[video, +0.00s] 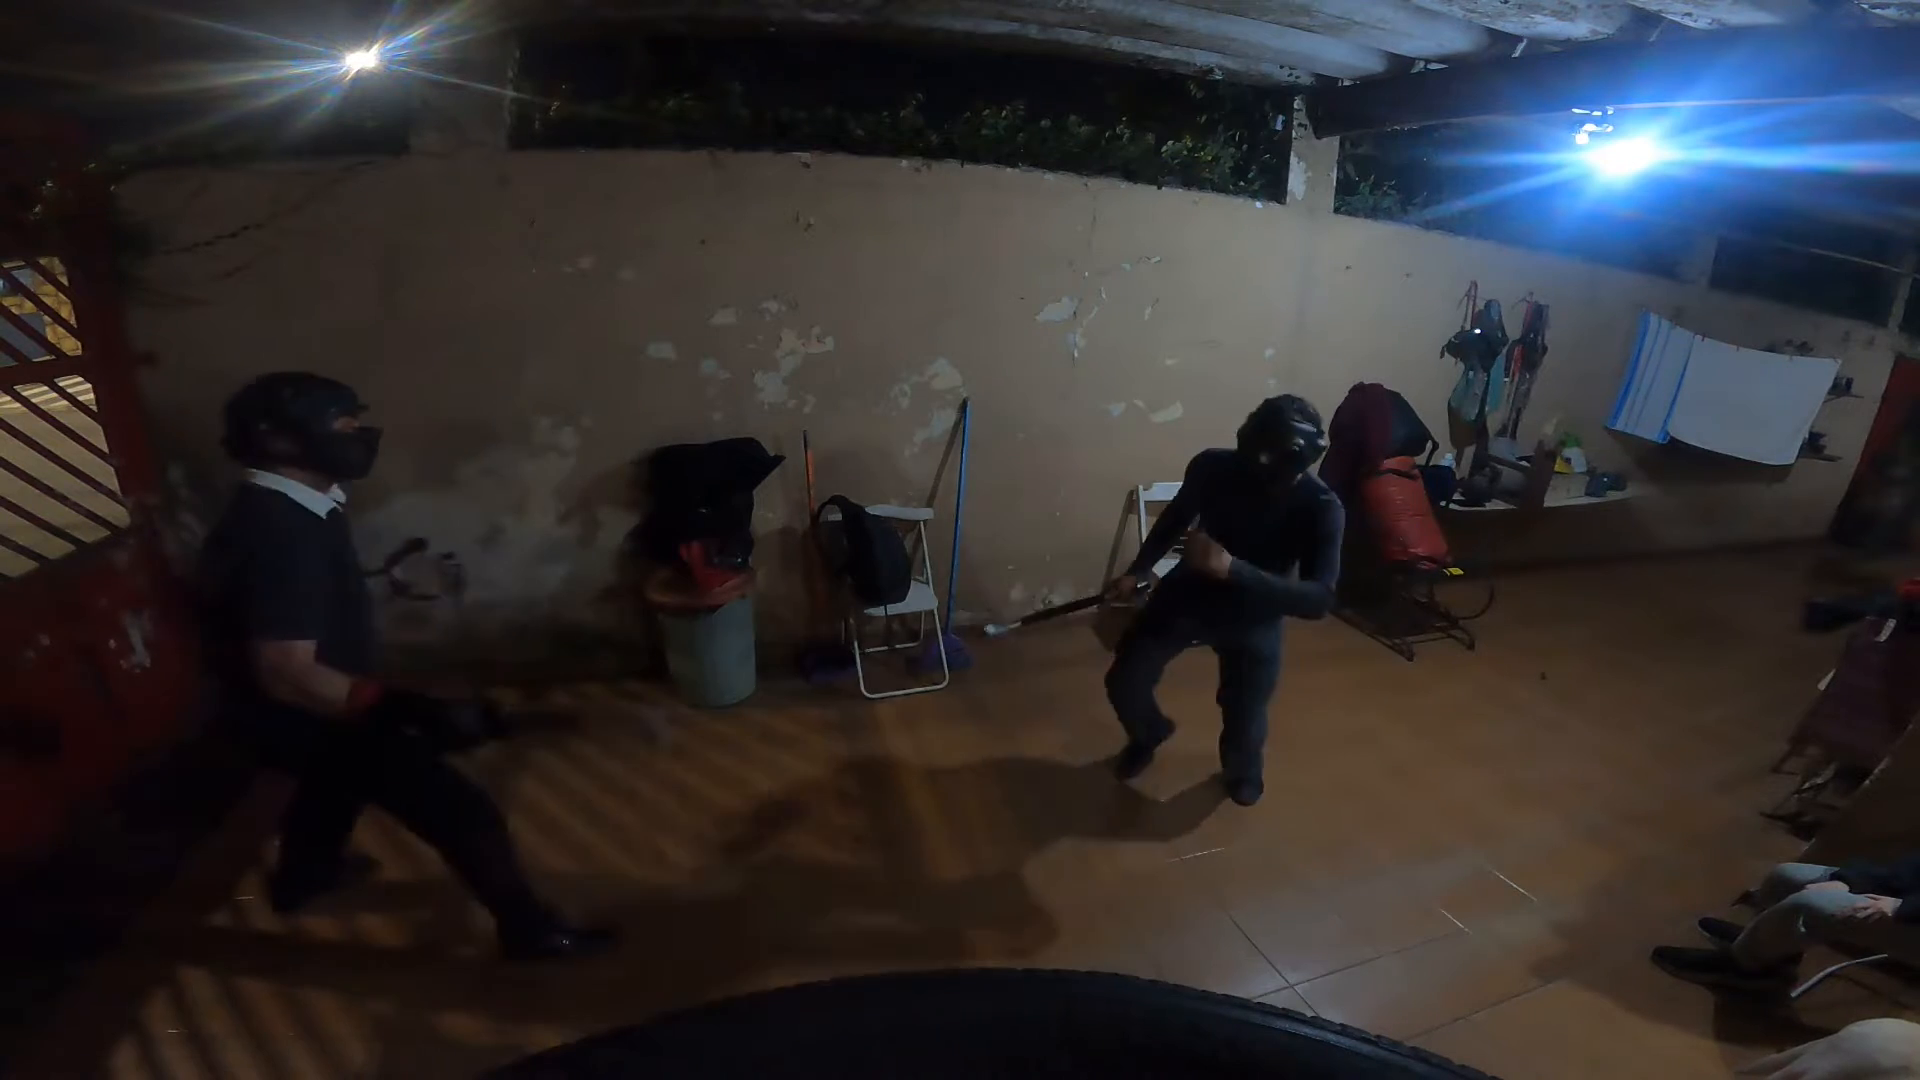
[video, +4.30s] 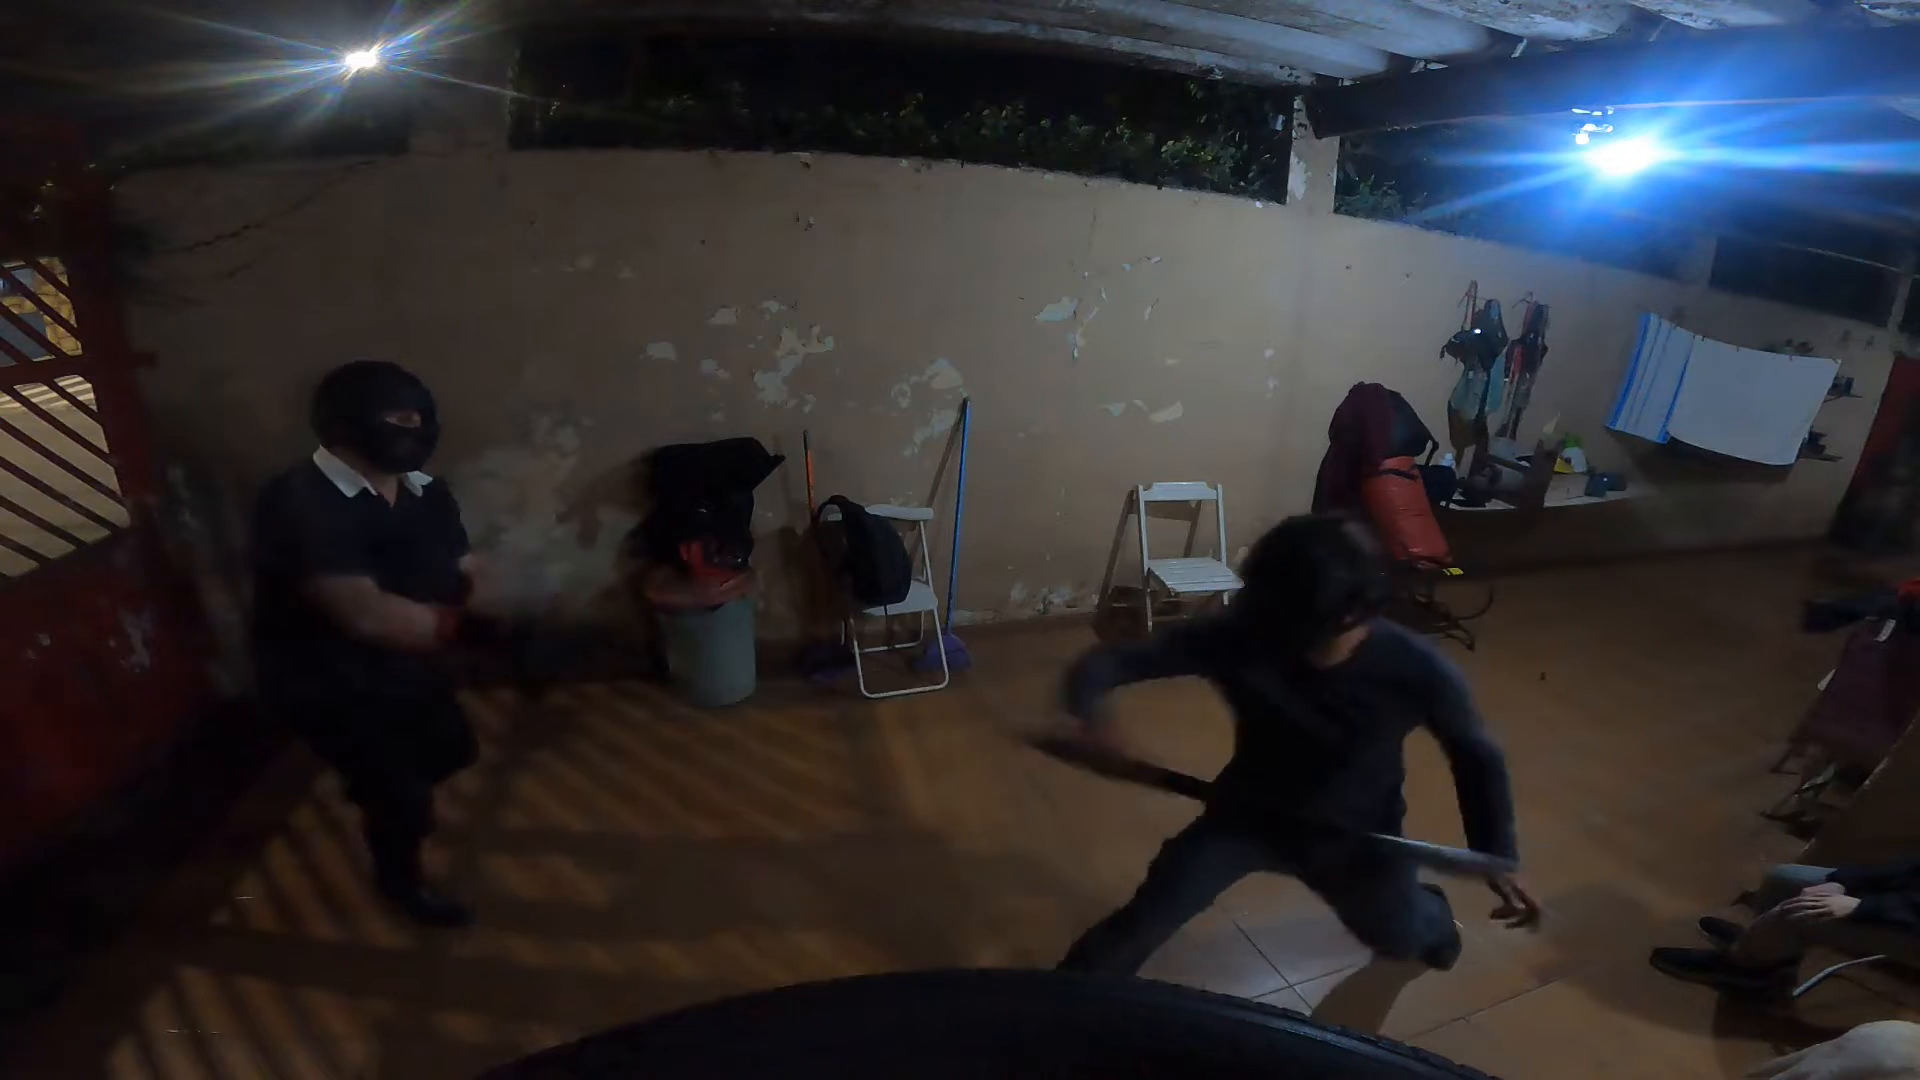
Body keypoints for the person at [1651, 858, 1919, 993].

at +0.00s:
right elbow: (1911, 870)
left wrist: (1903, 908)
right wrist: (1847, 878)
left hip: (1912, 923)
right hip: (1904, 891)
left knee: (1807, 905)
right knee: (1785, 877)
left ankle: (1740, 962)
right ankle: (1755, 942)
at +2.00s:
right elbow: (1911, 866)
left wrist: (1898, 908)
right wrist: (1849, 881)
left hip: (1910, 926)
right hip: (1900, 894)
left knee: (1803, 908)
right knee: (1785, 877)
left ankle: (1739, 962)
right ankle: (1762, 946)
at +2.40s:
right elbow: (1910, 870)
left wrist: (1871, 908)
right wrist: (1847, 881)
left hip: (1910, 924)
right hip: (1898, 893)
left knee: (1797, 913)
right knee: (1783, 879)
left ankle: (1738, 963)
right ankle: (1766, 953)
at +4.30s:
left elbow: (1914, 916)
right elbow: (1908, 871)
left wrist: (1858, 908)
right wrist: (1844, 882)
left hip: (1911, 926)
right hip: (1902, 891)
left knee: (1795, 915)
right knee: (1781, 879)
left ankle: (1741, 962)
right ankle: (1756, 946)